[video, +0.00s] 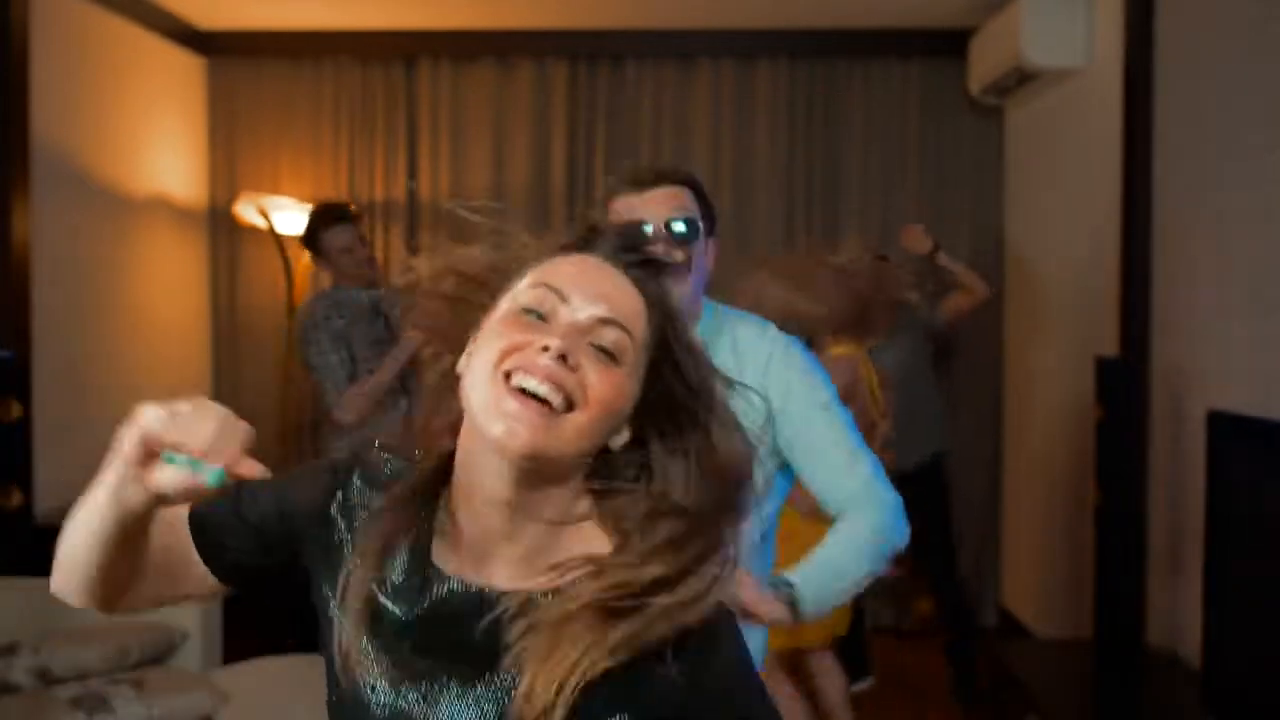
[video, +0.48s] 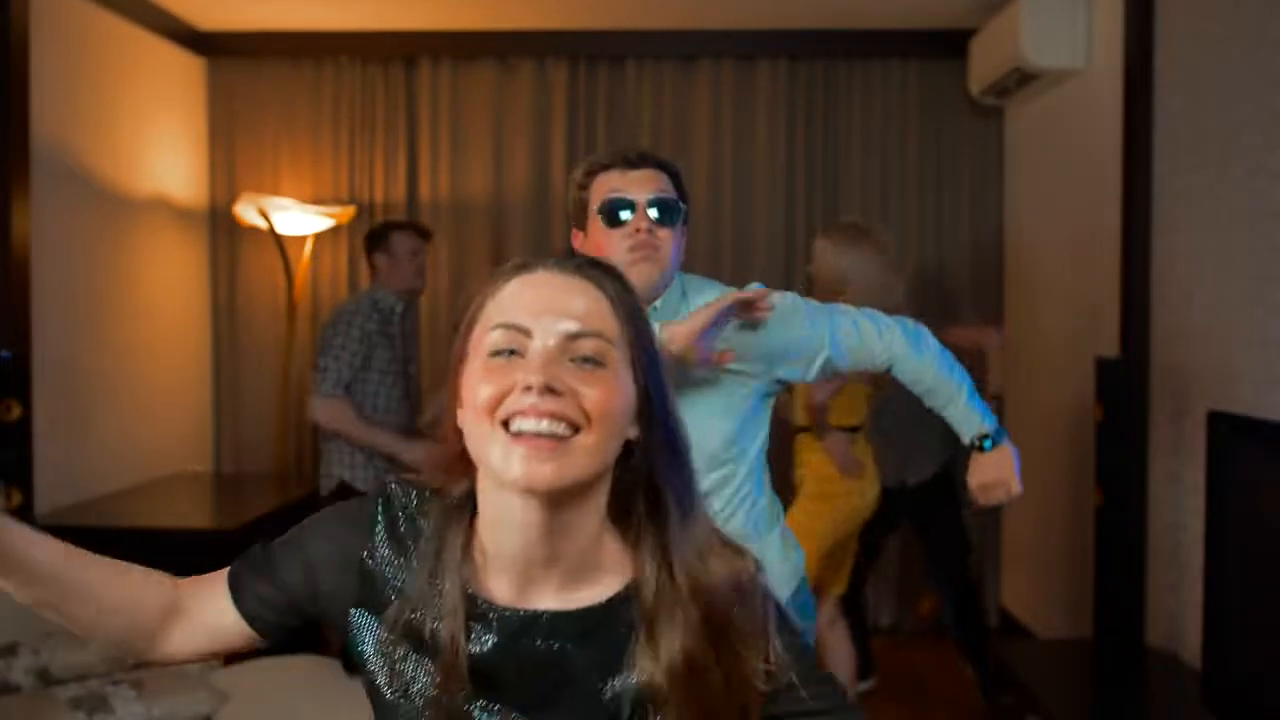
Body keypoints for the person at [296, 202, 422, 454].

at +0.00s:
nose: (364, 255)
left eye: (364, 243)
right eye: (348, 251)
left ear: (368, 240)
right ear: (323, 262)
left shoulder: (388, 305)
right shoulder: (321, 316)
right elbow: (345, 410)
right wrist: (408, 345)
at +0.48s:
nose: (422, 265)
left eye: (422, 256)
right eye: (413, 255)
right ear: (381, 261)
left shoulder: (403, 318)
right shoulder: (357, 318)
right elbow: (326, 408)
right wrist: (406, 449)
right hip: (355, 487)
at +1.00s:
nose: (405, 239)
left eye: (407, 230)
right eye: (397, 228)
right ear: (361, 227)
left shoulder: (396, 303)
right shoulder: (320, 292)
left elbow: (422, 376)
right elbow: (239, 358)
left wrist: (444, 307)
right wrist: (316, 404)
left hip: (401, 473)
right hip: (344, 475)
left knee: (392, 598)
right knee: (338, 599)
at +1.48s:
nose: (354, 249)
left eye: (353, 238)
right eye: (338, 244)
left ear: (359, 241)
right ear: (309, 260)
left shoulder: (378, 305)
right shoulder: (296, 327)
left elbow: (393, 374)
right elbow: (290, 433)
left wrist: (410, 414)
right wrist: (381, 422)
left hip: (387, 482)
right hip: (326, 492)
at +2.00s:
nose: (346, 243)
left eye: (343, 231)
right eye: (330, 242)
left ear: (352, 229)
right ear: (311, 261)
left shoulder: (385, 285)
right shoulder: (315, 313)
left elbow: (403, 371)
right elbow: (347, 414)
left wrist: (412, 430)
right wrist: (405, 345)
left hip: (396, 467)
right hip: (346, 478)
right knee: (345, 599)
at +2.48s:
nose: (409, 255)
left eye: (410, 245)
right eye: (396, 248)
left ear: (413, 249)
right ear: (367, 256)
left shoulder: (392, 312)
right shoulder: (355, 314)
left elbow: (388, 397)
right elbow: (313, 411)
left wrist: (418, 417)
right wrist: (397, 423)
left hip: (384, 478)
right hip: (353, 483)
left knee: (379, 602)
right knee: (357, 606)